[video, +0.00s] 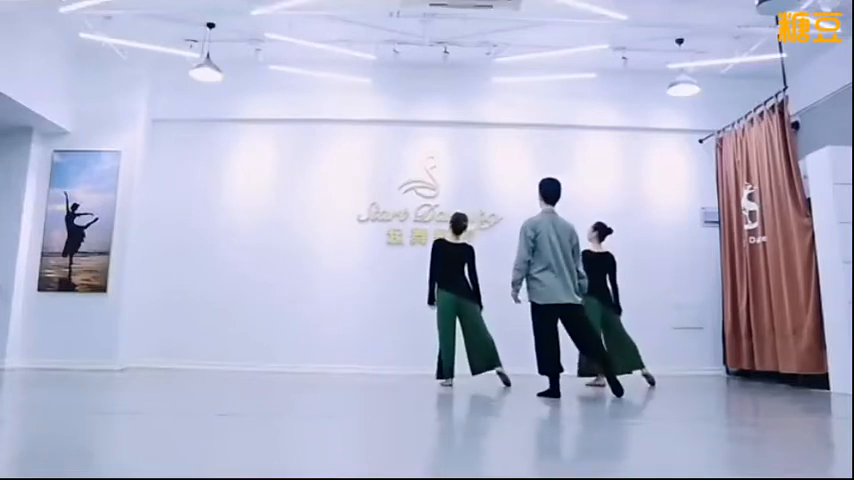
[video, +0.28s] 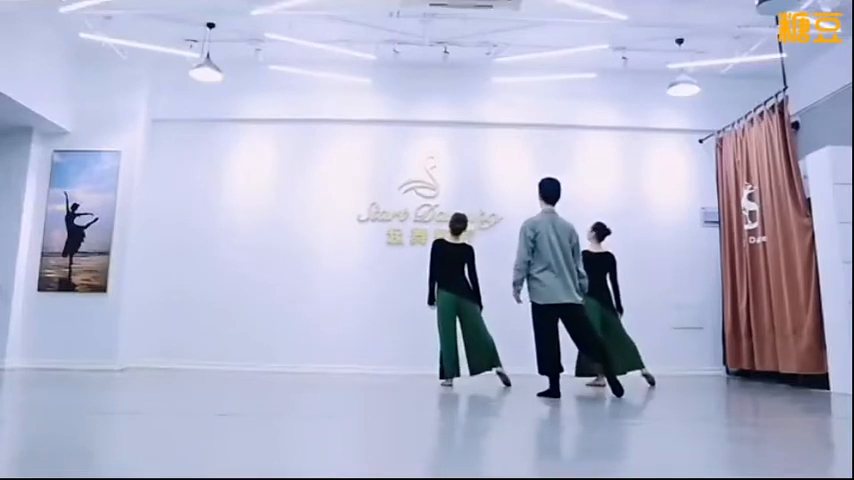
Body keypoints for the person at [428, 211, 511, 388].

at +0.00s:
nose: (461, 229)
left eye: (456, 224)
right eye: (463, 226)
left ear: (449, 225)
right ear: (465, 228)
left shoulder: (438, 244)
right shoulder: (468, 249)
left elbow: (433, 271)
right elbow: (473, 276)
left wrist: (431, 294)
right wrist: (478, 299)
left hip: (444, 293)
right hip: (465, 294)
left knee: (446, 334)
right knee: (481, 331)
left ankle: (447, 376)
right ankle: (498, 367)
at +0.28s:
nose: (458, 229)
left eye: (455, 225)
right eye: (461, 227)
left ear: (449, 226)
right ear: (465, 228)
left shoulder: (438, 244)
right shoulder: (467, 249)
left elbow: (432, 272)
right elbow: (473, 276)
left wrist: (431, 294)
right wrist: (478, 299)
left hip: (445, 294)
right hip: (465, 294)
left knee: (447, 334)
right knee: (480, 331)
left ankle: (447, 376)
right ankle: (497, 366)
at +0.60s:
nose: (457, 230)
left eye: (454, 226)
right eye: (460, 228)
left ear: (448, 226)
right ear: (464, 229)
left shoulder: (437, 245)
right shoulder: (467, 249)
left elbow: (432, 272)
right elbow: (473, 276)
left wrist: (431, 295)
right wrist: (478, 299)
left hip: (445, 294)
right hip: (465, 294)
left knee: (447, 334)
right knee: (480, 331)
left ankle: (447, 376)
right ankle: (497, 367)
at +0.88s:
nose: (457, 231)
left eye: (454, 227)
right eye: (460, 229)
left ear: (447, 226)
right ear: (463, 230)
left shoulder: (436, 244)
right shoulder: (467, 249)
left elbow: (431, 272)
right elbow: (472, 276)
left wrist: (430, 295)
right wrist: (478, 299)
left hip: (445, 293)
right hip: (465, 294)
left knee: (446, 334)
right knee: (480, 331)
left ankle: (447, 376)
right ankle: (497, 367)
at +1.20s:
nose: (460, 234)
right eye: (461, 231)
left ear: (447, 227)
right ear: (462, 231)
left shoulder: (436, 243)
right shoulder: (465, 249)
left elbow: (430, 271)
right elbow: (472, 276)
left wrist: (430, 294)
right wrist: (479, 299)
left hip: (444, 292)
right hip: (465, 293)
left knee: (446, 333)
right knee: (480, 331)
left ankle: (448, 376)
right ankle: (498, 367)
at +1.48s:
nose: (460, 240)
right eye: (460, 237)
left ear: (445, 234)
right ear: (460, 237)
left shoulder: (434, 249)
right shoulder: (463, 254)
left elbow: (428, 274)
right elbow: (472, 280)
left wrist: (428, 295)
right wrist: (479, 303)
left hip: (443, 293)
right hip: (463, 294)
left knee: (445, 335)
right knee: (477, 332)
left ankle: (448, 377)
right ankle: (496, 368)